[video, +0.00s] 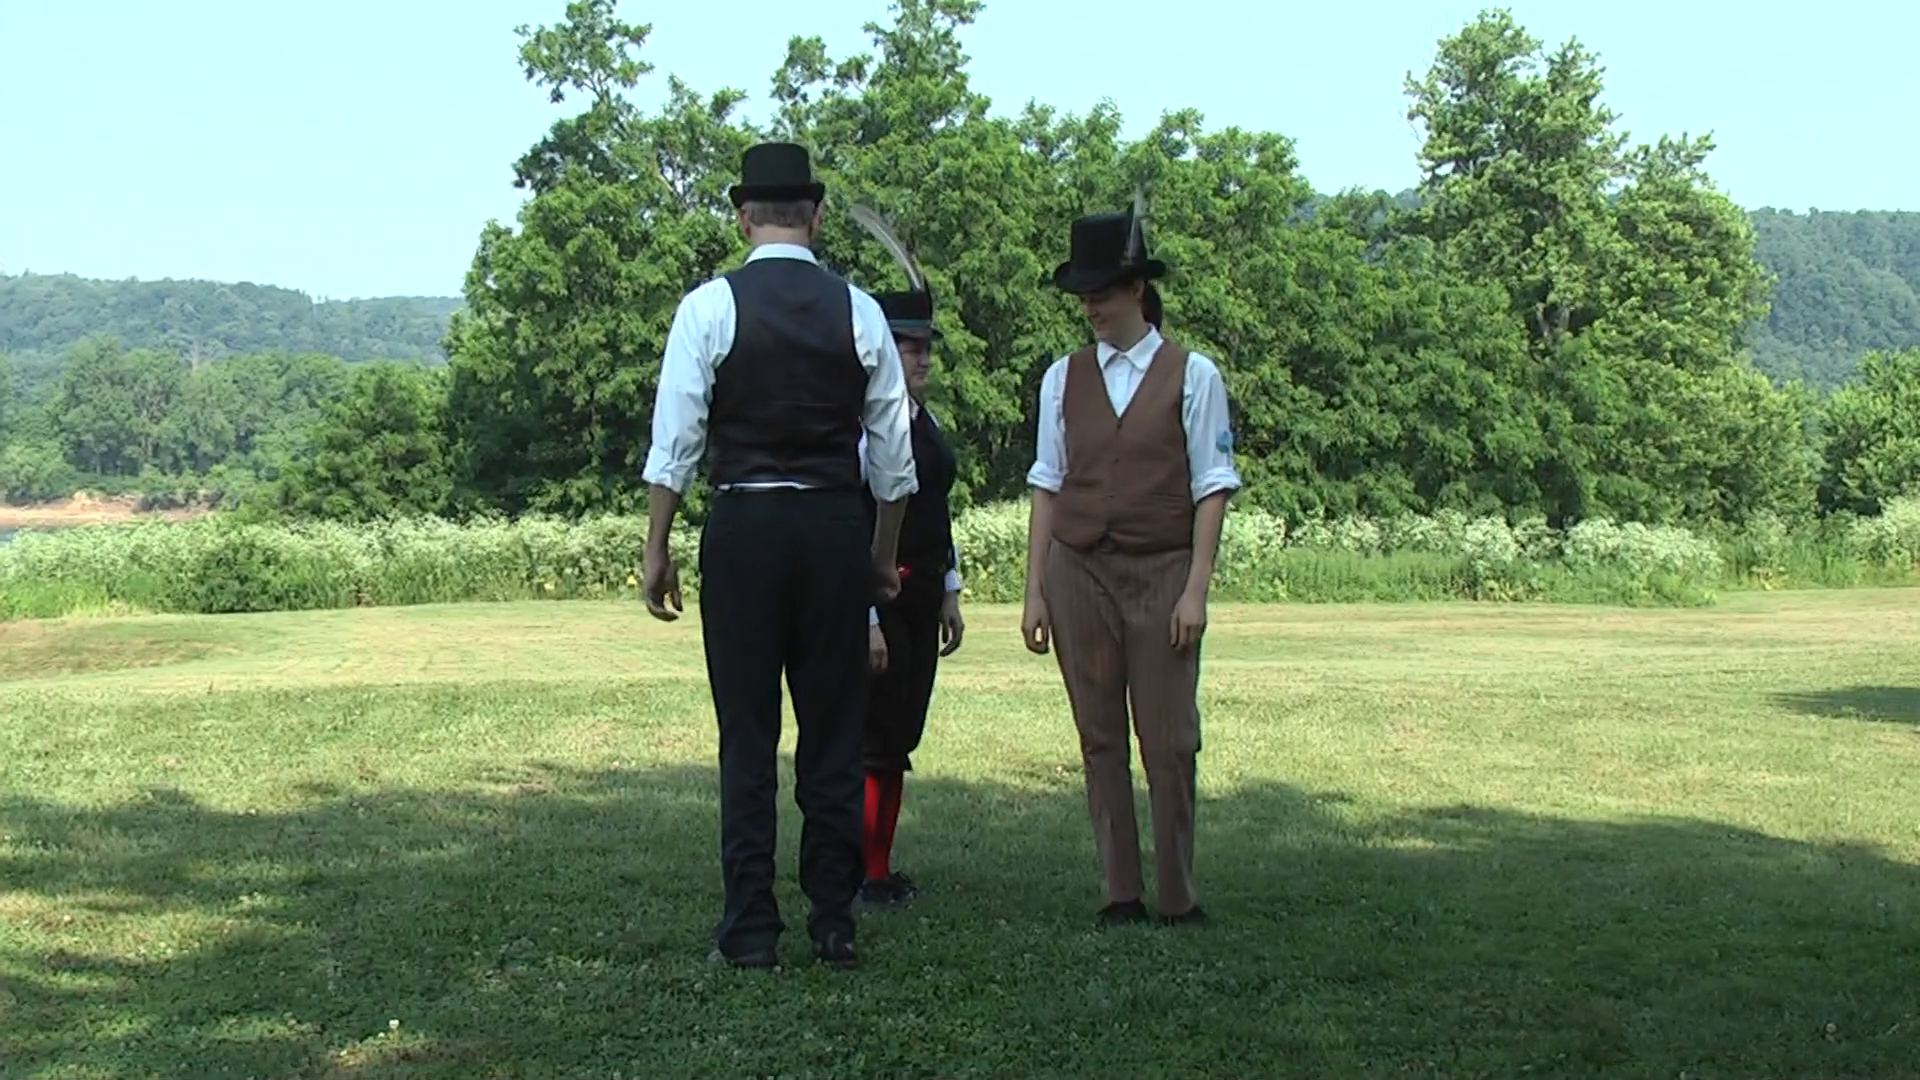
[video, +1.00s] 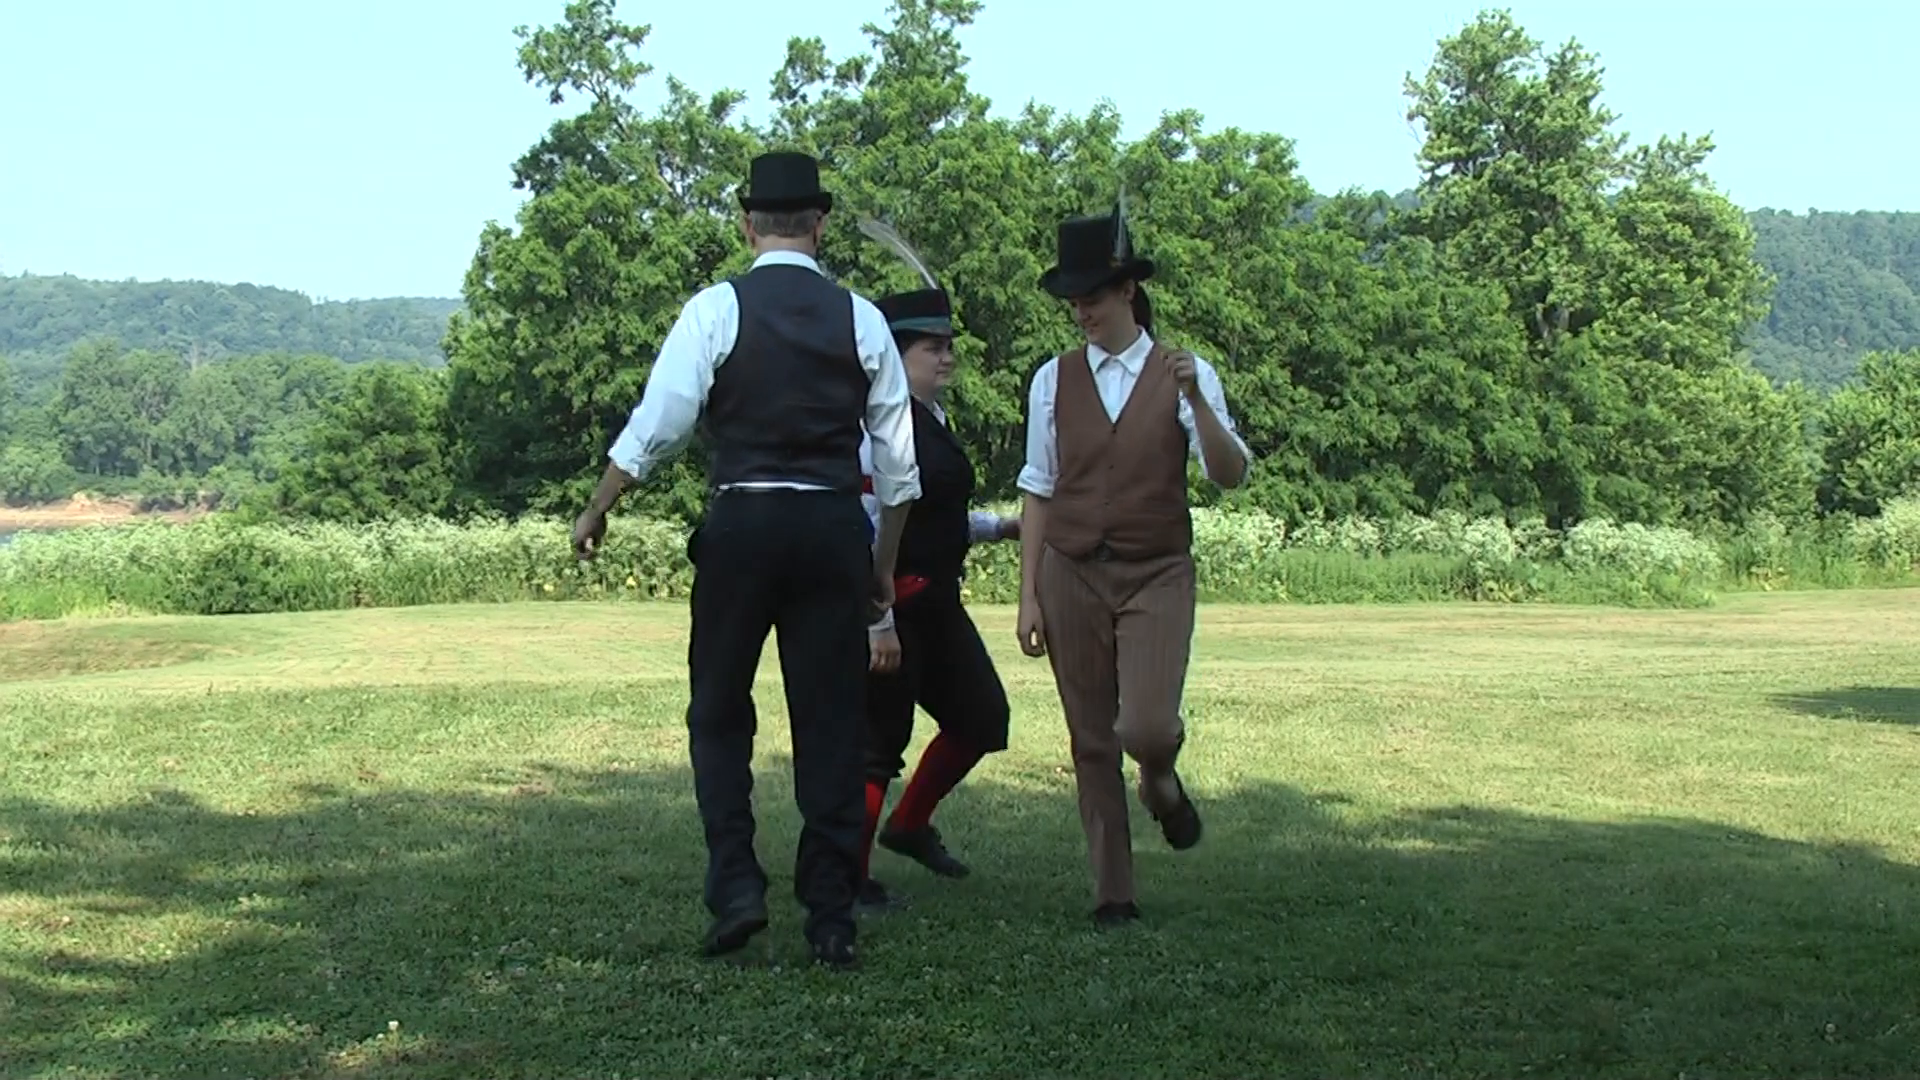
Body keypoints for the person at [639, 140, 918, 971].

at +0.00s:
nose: (772, 222)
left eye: (749, 211)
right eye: (803, 210)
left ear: (742, 215)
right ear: (815, 214)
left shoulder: (710, 305)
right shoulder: (859, 309)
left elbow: (676, 433)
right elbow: (892, 441)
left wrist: (656, 545)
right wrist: (886, 545)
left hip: (742, 535)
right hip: (836, 533)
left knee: (745, 738)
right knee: (833, 733)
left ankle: (749, 929)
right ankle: (835, 923)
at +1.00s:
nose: (765, 230)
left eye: (753, 220)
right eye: (807, 220)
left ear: (748, 224)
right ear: (823, 225)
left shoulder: (714, 308)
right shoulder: (863, 318)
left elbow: (664, 415)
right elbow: (895, 457)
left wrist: (598, 507)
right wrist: (885, 562)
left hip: (740, 527)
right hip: (836, 533)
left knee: (718, 711)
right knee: (830, 720)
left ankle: (736, 899)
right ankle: (831, 920)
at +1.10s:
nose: (747, 228)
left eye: (743, 218)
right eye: (809, 219)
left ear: (740, 222)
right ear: (813, 224)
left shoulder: (712, 299)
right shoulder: (854, 314)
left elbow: (636, 389)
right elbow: (896, 449)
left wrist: (551, 424)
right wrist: (880, 550)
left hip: (737, 520)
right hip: (830, 526)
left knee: (705, 689)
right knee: (830, 714)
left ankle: (722, 866)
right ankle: (834, 918)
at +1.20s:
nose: (787, 231)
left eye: (741, 222)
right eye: (796, 221)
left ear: (728, 226)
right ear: (799, 226)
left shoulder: (699, 301)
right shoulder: (840, 314)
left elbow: (591, 348)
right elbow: (883, 442)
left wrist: (529, 338)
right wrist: (871, 547)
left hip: (724, 521)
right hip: (815, 526)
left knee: (695, 694)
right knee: (819, 719)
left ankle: (707, 872)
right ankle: (832, 920)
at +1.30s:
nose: (750, 247)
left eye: (722, 237)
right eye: (770, 237)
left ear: (707, 242)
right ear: (777, 243)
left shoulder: (671, 315)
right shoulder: (819, 325)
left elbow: (549, 309)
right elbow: (867, 450)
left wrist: (522, 257)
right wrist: (869, 561)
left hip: (708, 533)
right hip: (800, 538)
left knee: (706, 714)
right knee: (792, 722)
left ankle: (694, 916)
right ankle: (828, 907)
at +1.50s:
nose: (761, 244)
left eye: (752, 234)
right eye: (761, 234)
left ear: (689, 241)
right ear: (751, 239)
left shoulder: (651, 308)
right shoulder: (789, 321)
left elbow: (599, 232)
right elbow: (836, 433)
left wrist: (579, 152)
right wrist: (852, 536)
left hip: (684, 529)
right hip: (775, 528)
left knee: (692, 722)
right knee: (773, 628)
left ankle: (697, 917)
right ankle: (771, 784)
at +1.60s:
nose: (767, 223)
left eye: (759, 213)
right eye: (768, 214)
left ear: (695, 214)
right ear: (757, 215)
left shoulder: (650, 276)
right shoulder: (784, 292)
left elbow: (610, 196)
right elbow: (826, 404)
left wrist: (606, 113)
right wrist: (837, 506)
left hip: (678, 498)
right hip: (765, 494)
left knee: (691, 688)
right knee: (782, 579)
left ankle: (687, 885)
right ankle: (757, 739)